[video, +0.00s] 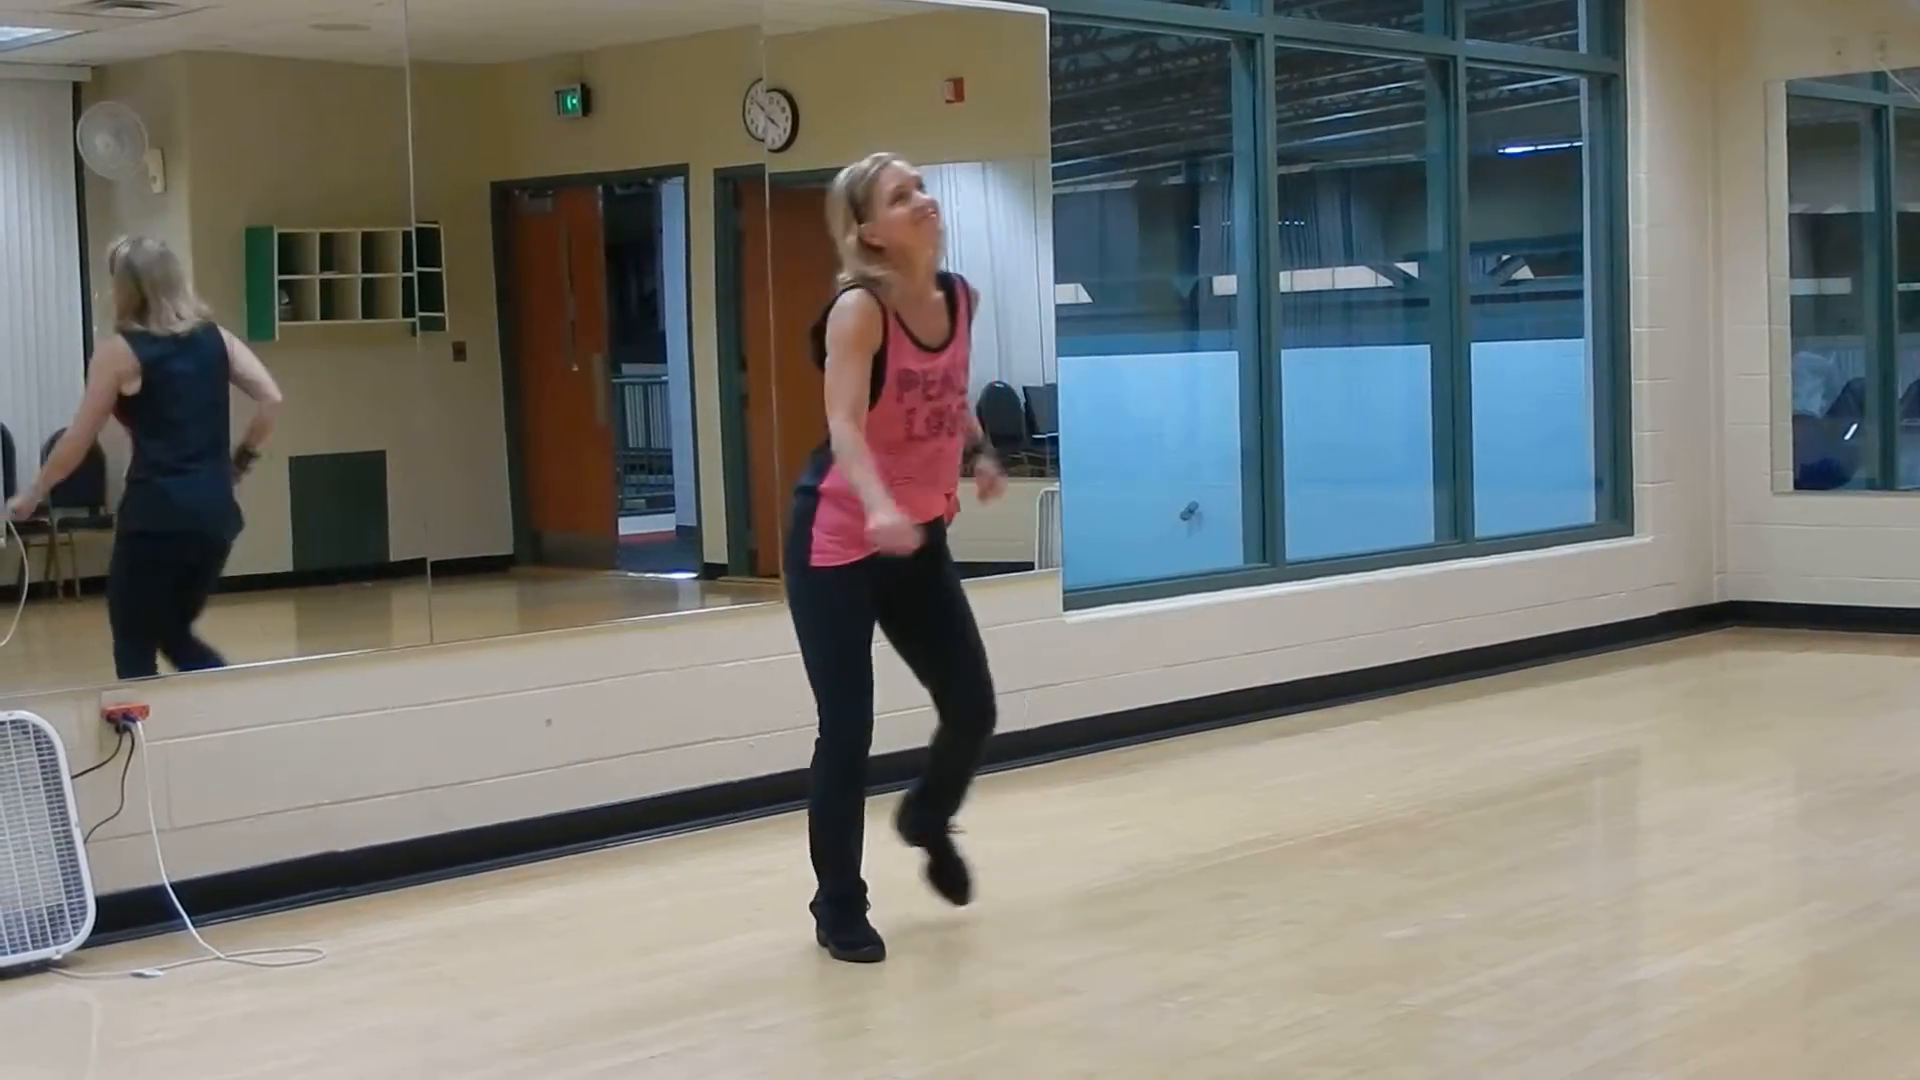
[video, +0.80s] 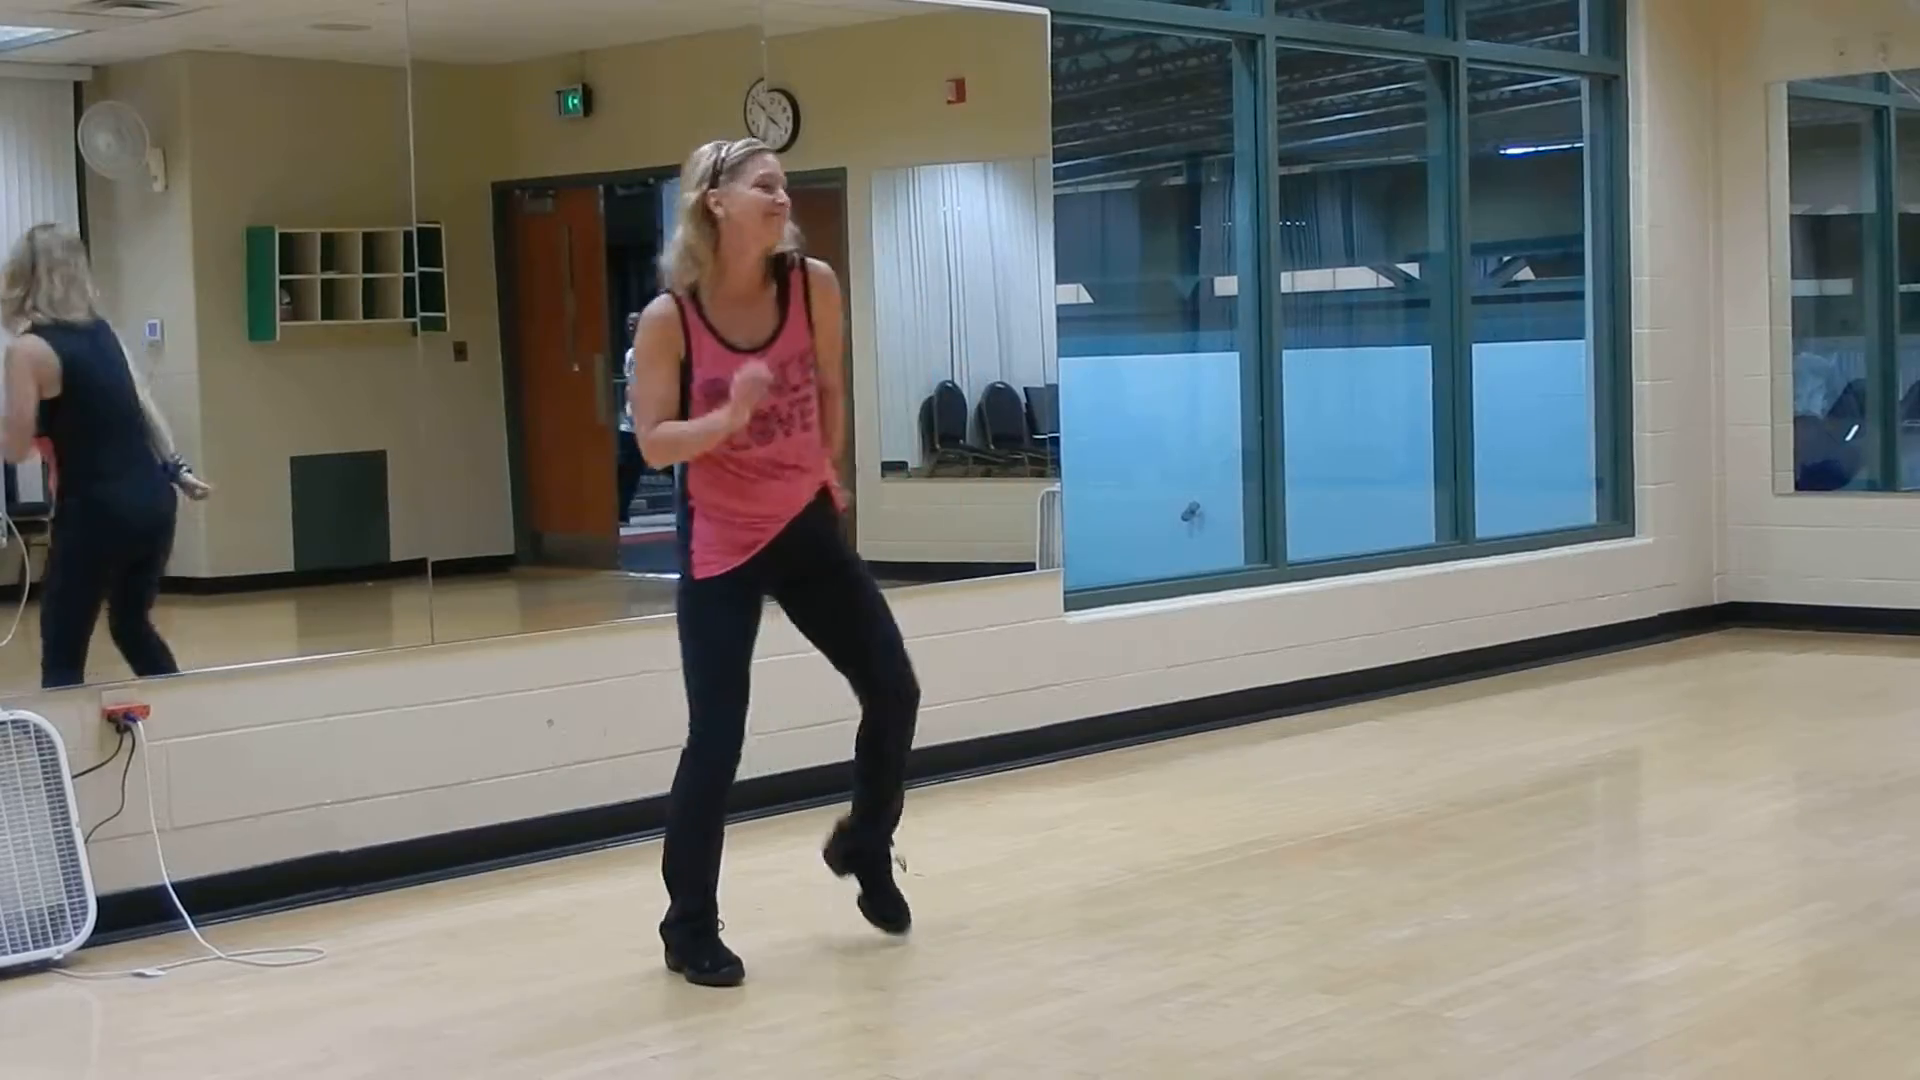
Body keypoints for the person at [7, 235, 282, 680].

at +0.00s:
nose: (111, 293)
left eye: (116, 284)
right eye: (112, 283)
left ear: (128, 290)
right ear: (175, 281)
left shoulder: (119, 351)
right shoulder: (216, 339)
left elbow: (77, 443)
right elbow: (271, 399)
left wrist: (35, 491)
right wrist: (241, 461)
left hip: (155, 517)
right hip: (216, 511)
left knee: (133, 644)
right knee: (174, 632)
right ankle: (240, 705)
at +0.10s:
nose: (101, 298)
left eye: (105, 289)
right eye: (102, 288)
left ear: (118, 295)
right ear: (166, 286)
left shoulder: (110, 358)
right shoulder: (211, 343)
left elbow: (71, 447)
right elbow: (245, 412)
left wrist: (33, 519)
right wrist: (189, 415)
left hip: (140, 523)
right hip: (202, 521)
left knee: (126, 649)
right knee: (142, 639)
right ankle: (197, 718)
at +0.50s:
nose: (60, 267)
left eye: (66, 258)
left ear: (73, 264)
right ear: (125, 262)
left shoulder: (80, 324)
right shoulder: (142, 314)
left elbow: (117, 398)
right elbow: (164, 398)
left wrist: (102, 481)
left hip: (134, 501)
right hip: (191, 492)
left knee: (74, 643)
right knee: (195, 640)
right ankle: (235, 752)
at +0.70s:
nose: (25, 284)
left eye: (30, 275)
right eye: (28, 274)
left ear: (41, 282)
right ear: (91, 278)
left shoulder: (54, 344)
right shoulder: (111, 332)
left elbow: (71, 440)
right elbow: (122, 425)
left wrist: (18, 452)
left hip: (107, 514)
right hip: (163, 504)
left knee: (73, 659)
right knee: (168, 645)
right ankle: (223, 740)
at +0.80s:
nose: (6, 282)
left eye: (12, 272)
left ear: (21, 280)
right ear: (79, 275)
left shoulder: (28, 350)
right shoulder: (102, 332)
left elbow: (15, 447)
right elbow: (137, 408)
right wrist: (175, 468)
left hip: (94, 510)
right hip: (152, 500)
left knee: (63, 645)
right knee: (132, 624)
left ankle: (65, 752)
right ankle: (189, 718)